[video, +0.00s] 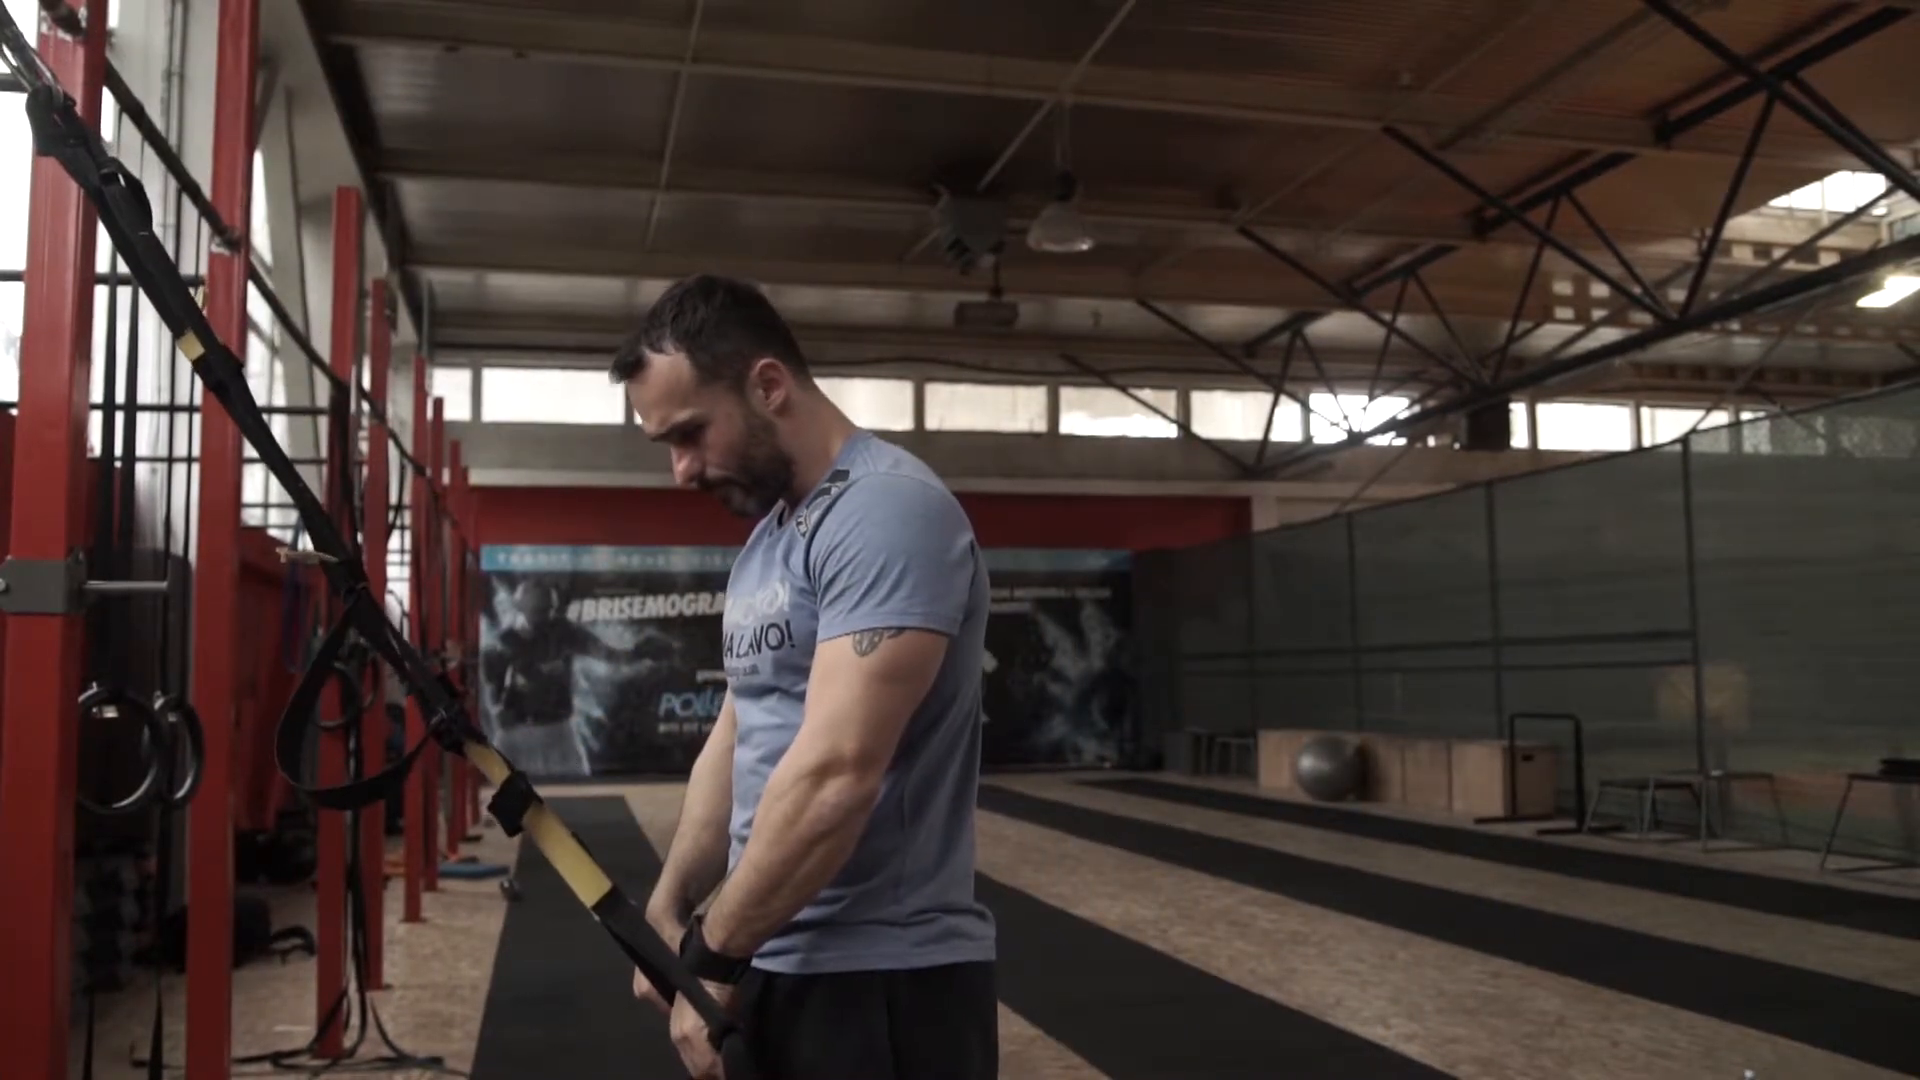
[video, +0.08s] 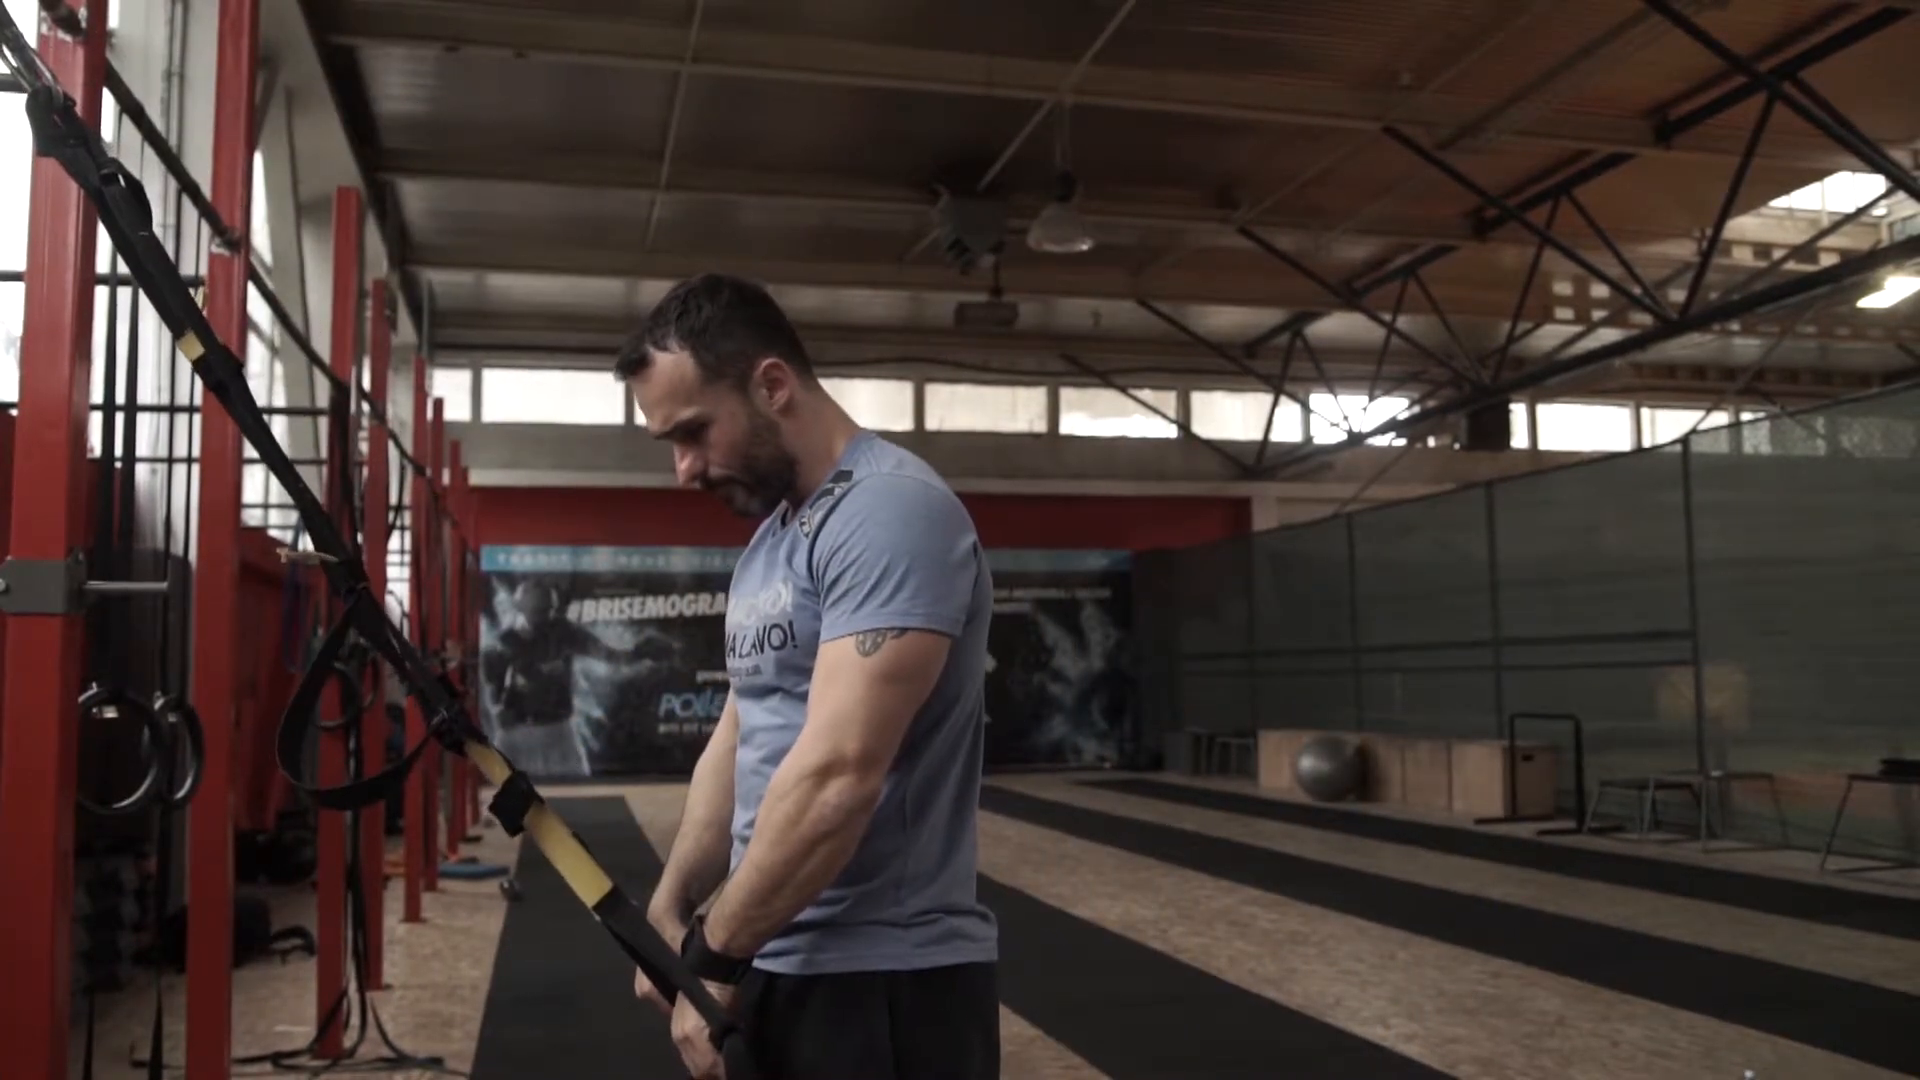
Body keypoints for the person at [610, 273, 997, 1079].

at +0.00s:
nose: (681, 471)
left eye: (689, 434)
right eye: (667, 447)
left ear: (768, 385)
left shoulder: (892, 509)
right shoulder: (765, 546)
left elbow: (838, 773)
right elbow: (735, 736)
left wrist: (714, 957)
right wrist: (670, 900)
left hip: (887, 984)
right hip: (776, 972)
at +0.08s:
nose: (684, 470)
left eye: (693, 433)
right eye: (670, 445)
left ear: (773, 385)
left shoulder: (895, 509)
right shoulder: (768, 546)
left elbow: (840, 774)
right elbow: (738, 735)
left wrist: (716, 958)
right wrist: (672, 900)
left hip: (888, 984)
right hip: (779, 973)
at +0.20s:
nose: (687, 467)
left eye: (696, 430)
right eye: (674, 441)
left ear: (778, 383)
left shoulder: (900, 509)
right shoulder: (770, 546)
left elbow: (845, 772)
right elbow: (740, 736)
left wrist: (717, 956)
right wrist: (674, 900)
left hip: (891, 985)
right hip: (779, 973)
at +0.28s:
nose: (690, 464)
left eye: (699, 428)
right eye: (677, 439)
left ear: (781, 382)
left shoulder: (903, 510)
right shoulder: (772, 545)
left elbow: (848, 773)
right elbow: (740, 735)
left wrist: (718, 959)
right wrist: (677, 897)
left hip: (893, 986)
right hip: (778, 973)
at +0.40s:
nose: (695, 461)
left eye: (704, 425)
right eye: (681, 436)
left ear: (786, 379)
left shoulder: (905, 509)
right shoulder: (773, 541)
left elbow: (852, 775)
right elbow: (741, 735)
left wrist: (722, 955)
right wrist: (680, 895)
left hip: (897, 984)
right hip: (784, 973)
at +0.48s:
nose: (699, 460)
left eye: (709, 423)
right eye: (685, 434)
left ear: (792, 377)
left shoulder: (907, 508)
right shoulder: (774, 536)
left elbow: (857, 776)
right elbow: (744, 731)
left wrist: (727, 950)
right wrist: (686, 894)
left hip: (900, 986)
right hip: (787, 974)